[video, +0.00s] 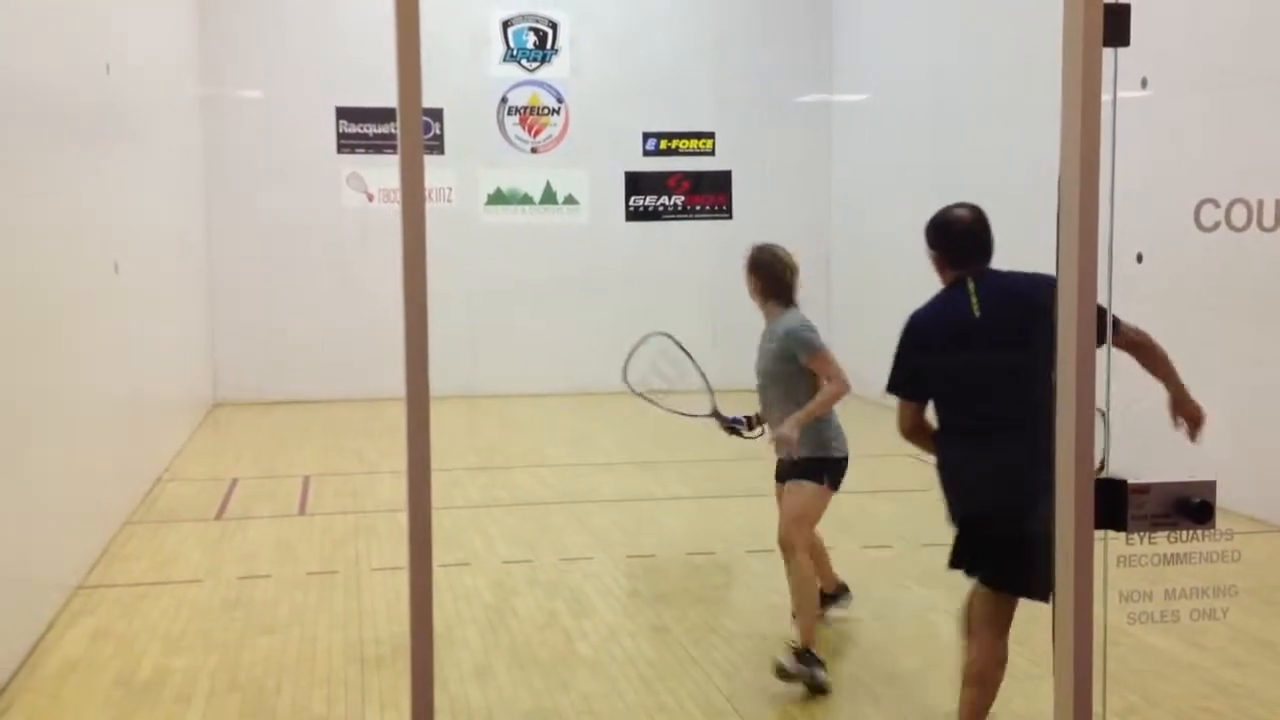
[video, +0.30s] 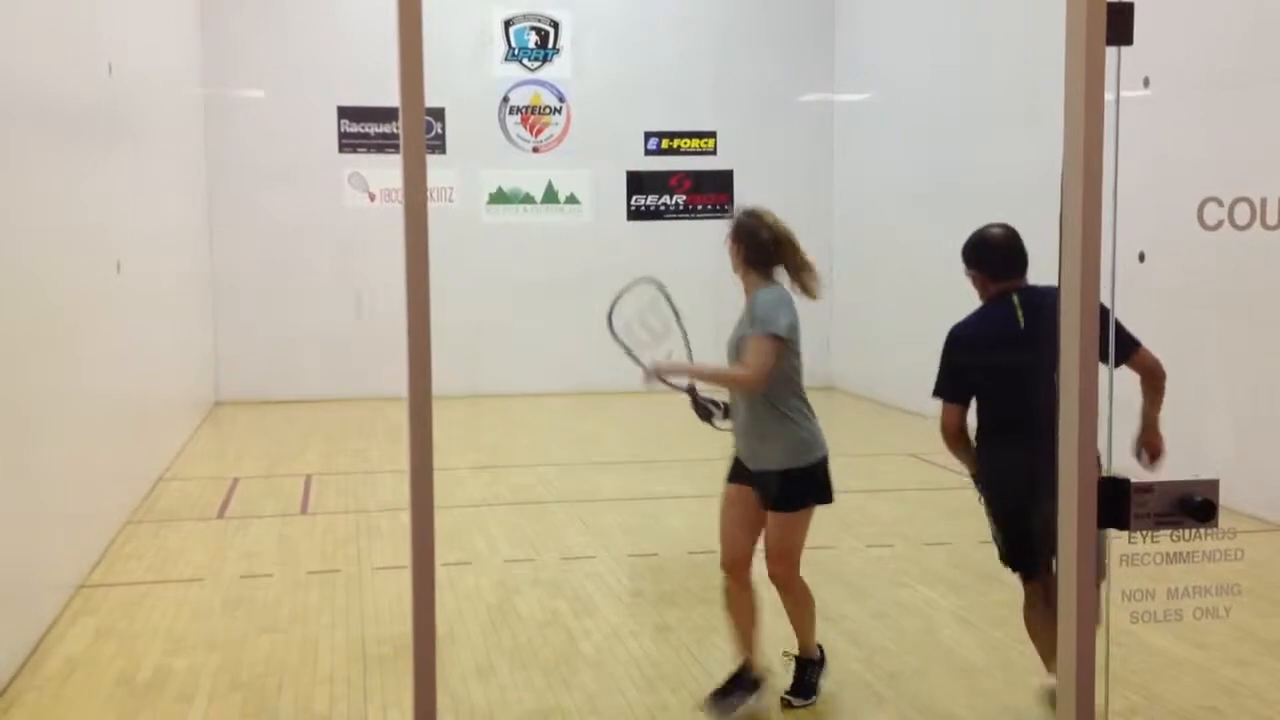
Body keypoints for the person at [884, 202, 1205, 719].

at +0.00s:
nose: (933, 260)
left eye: (932, 253)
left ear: (936, 257)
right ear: (990, 249)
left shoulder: (926, 324)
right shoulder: (1044, 293)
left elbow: (909, 426)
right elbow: (1137, 341)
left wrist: (948, 448)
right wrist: (1179, 394)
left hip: (982, 495)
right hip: (1053, 486)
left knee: (987, 624)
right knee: (987, 620)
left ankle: (971, 712)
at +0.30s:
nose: (970, 281)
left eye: (971, 274)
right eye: (971, 274)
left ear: (977, 276)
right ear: (1025, 266)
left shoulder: (968, 334)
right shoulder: (1073, 306)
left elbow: (952, 428)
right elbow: (1152, 369)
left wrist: (977, 465)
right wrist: (1150, 426)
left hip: (1007, 478)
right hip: (1074, 472)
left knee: (1036, 583)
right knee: (1084, 573)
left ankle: (1060, 678)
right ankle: (1072, 677)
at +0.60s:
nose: (976, 258)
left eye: (980, 251)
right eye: (977, 250)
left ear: (993, 255)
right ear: (1031, 250)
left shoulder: (982, 312)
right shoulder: (1075, 286)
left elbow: (966, 396)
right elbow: (1141, 348)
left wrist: (959, 443)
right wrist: (1157, 423)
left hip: (1024, 455)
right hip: (1083, 450)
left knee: (1027, 554)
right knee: (1088, 547)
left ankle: (1056, 640)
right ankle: (1108, 662)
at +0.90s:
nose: (935, 251)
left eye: (942, 247)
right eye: (939, 244)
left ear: (959, 258)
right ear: (982, 257)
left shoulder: (949, 314)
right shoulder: (1014, 286)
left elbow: (943, 397)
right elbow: (1049, 337)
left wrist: (917, 434)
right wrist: (1011, 357)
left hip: (969, 440)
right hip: (1027, 435)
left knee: (951, 527)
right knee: (1052, 538)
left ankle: (963, 623)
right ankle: (1099, 645)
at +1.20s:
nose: (888, 241)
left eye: (897, 237)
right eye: (893, 234)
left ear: (918, 250)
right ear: (927, 248)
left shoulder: (907, 304)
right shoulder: (960, 272)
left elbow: (896, 380)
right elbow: (998, 319)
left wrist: (864, 409)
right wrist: (982, 371)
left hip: (935, 411)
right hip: (972, 401)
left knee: (935, 506)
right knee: (941, 499)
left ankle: (966, 619)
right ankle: (961, 603)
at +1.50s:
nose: (855, 255)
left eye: (863, 249)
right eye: (859, 247)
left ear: (885, 256)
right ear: (891, 255)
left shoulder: (869, 311)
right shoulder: (920, 278)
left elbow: (851, 369)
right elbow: (959, 320)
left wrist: (822, 379)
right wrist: (959, 377)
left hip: (890, 418)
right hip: (921, 412)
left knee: (869, 508)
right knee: (890, 501)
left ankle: (938, 583)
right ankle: (894, 588)